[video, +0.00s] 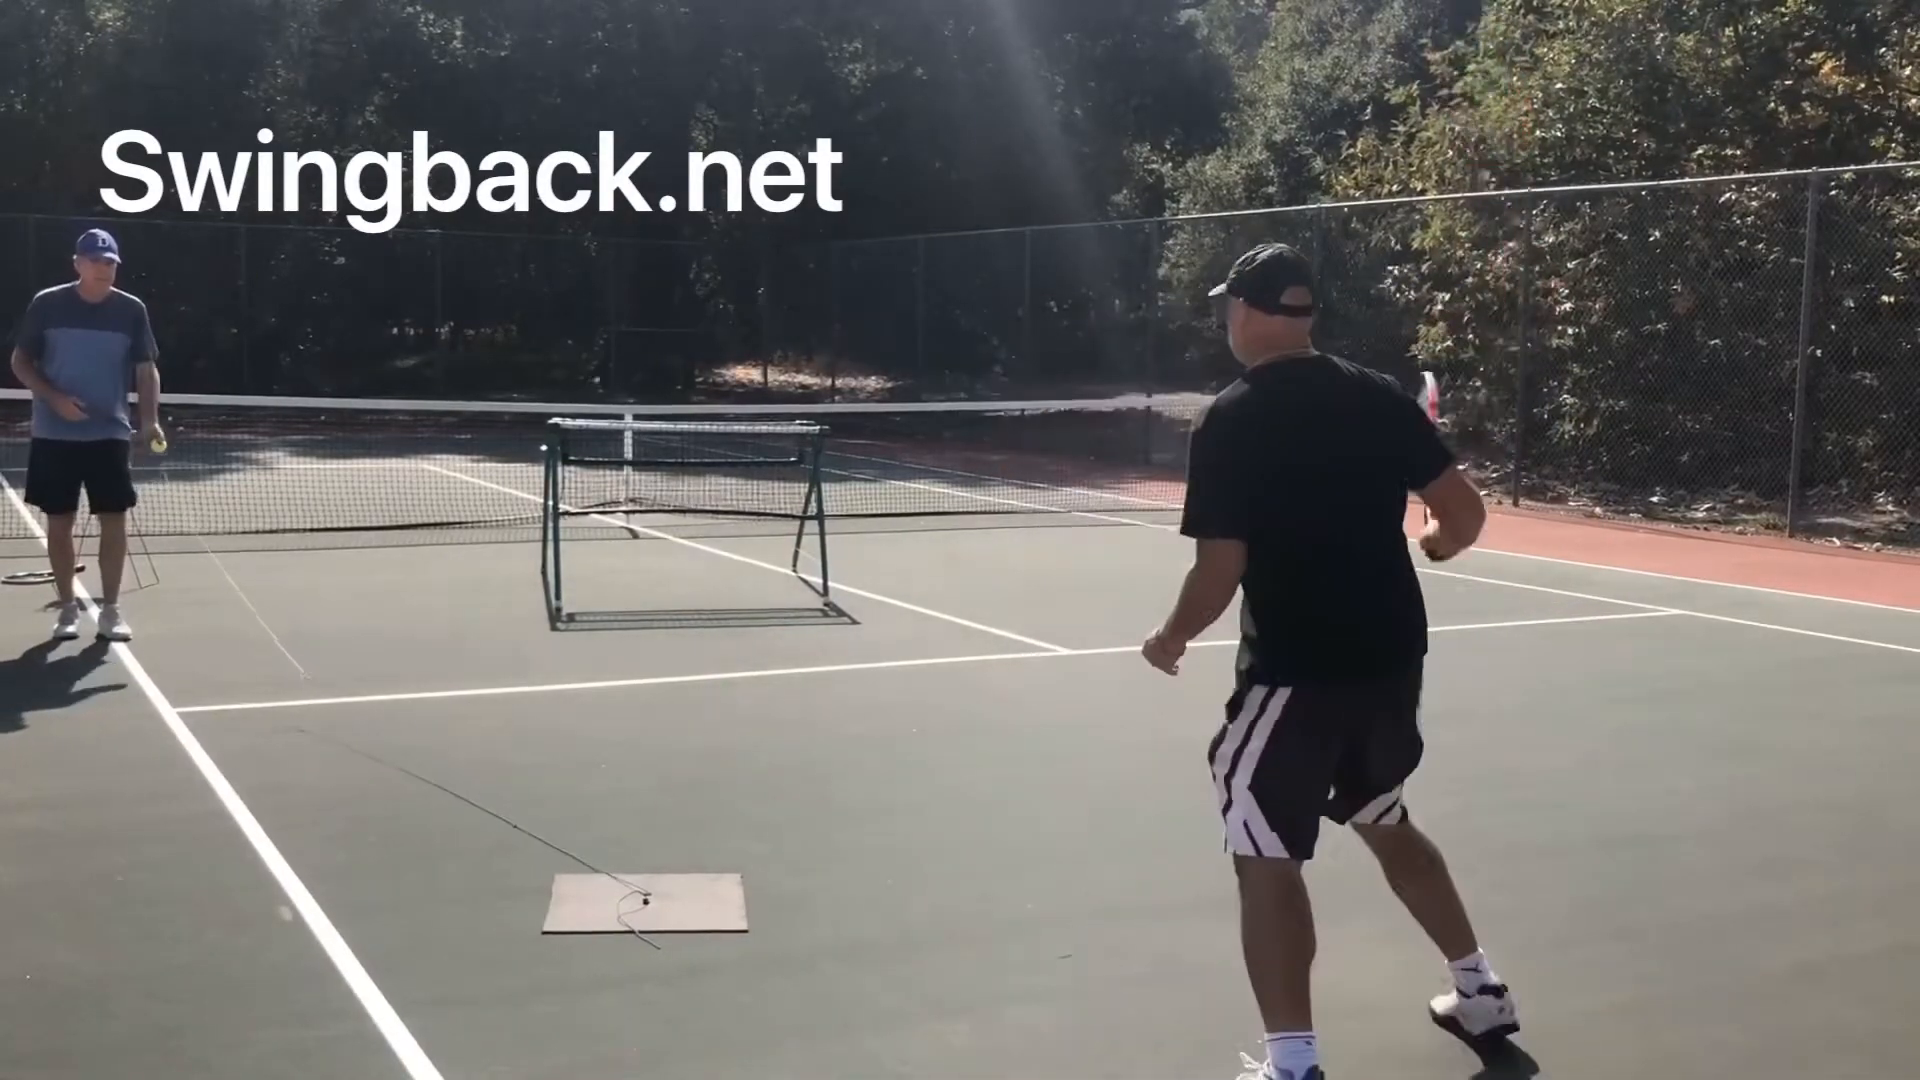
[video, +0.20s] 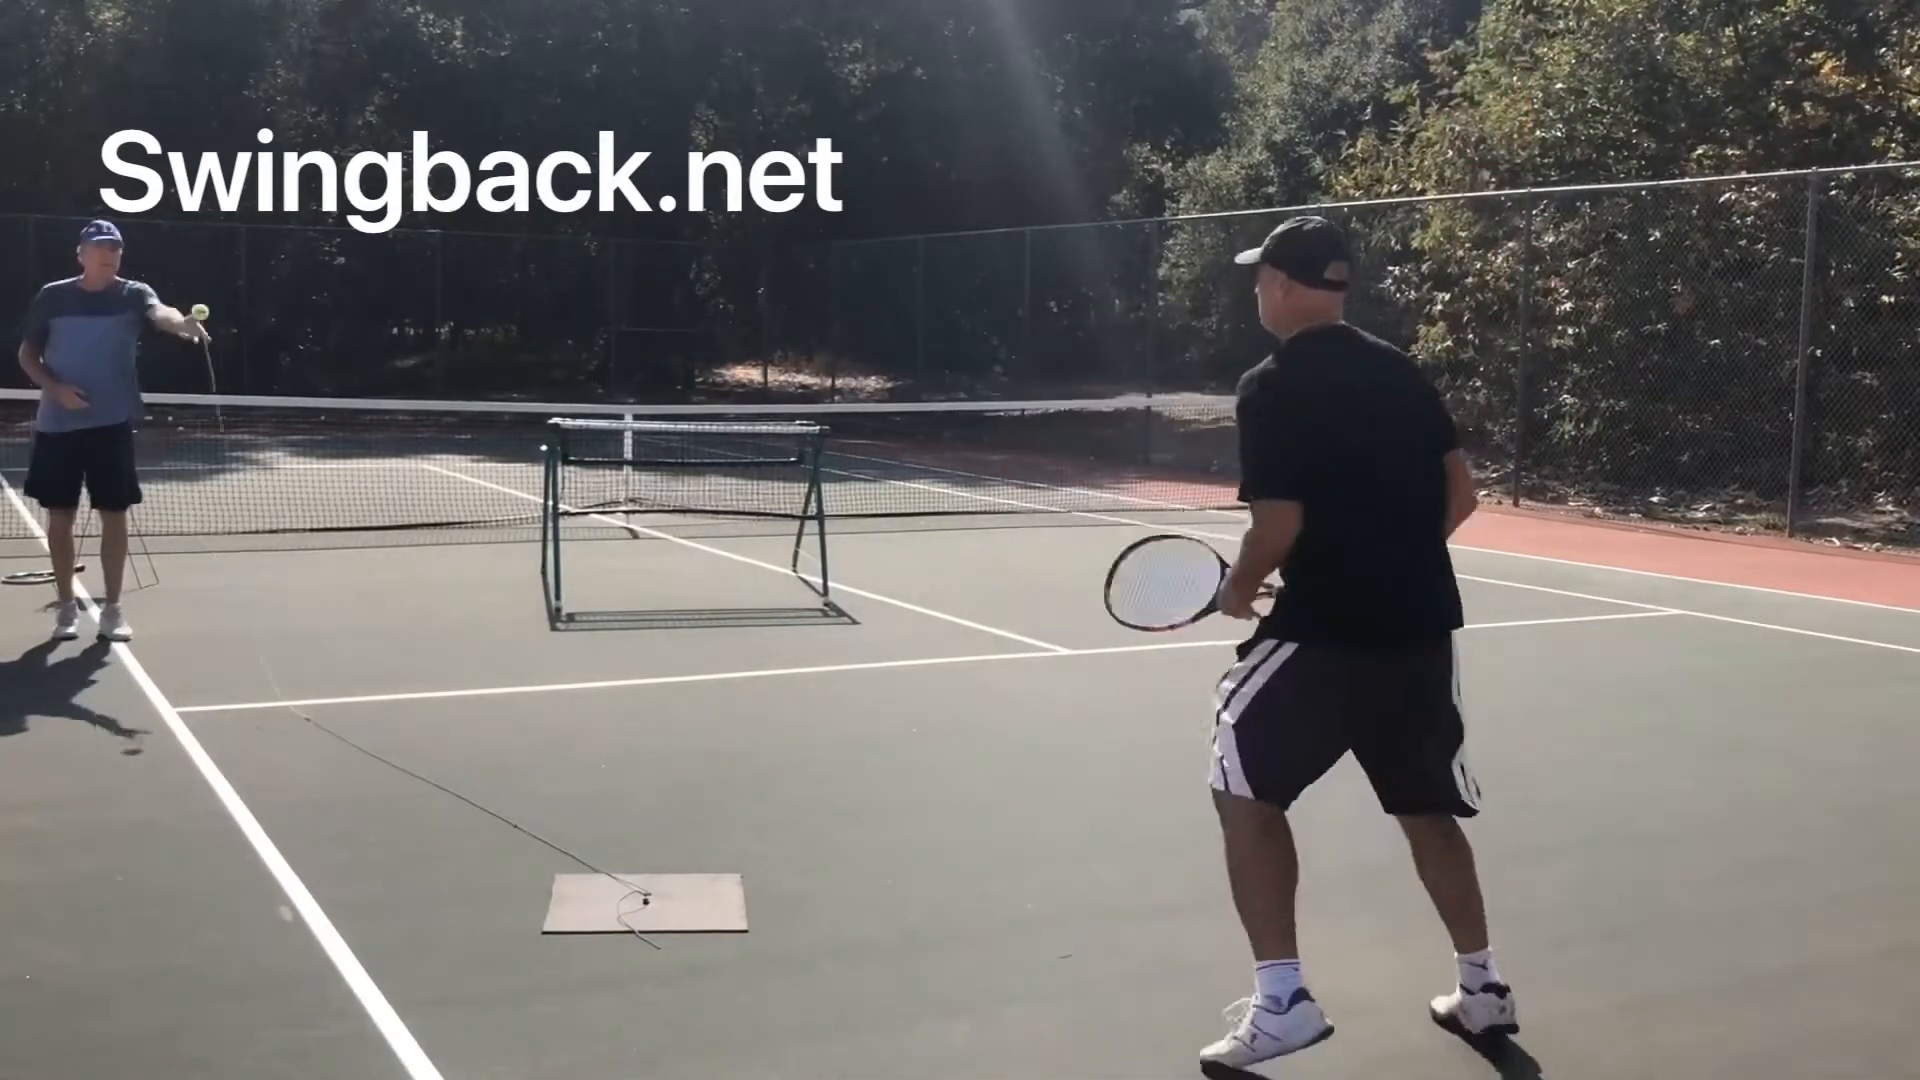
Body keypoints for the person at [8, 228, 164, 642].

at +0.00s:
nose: (103, 271)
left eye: (109, 263)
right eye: (96, 262)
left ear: (118, 267)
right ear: (77, 263)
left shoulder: (132, 310)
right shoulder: (47, 304)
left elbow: (147, 368)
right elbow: (20, 361)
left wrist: (149, 421)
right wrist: (54, 397)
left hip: (109, 437)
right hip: (55, 438)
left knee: (114, 520)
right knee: (59, 522)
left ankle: (110, 609)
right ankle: (67, 607)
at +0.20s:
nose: (111, 254)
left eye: (115, 247)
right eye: (102, 247)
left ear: (121, 254)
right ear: (82, 253)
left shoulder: (137, 294)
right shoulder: (52, 296)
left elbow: (161, 314)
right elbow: (27, 353)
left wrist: (184, 323)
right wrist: (54, 387)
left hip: (113, 428)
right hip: (59, 429)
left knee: (114, 516)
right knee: (60, 515)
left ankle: (112, 609)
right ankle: (67, 605)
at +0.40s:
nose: (109, 251)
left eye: (115, 244)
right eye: (102, 243)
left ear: (124, 252)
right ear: (85, 248)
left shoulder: (135, 289)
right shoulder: (57, 292)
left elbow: (158, 311)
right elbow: (30, 350)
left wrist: (148, 304)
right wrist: (55, 384)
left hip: (112, 423)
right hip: (60, 425)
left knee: (117, 513)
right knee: (58, 513)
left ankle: (114, 607)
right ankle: (61, 604)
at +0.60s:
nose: (108, 256)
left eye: (114, 249)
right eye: (101, 248)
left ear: (122, 256)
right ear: (83, 253)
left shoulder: (134, 297)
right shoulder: (52, 296)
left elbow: (149, 332)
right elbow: (24, 353)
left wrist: (132, 339)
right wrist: (47, 387)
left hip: (112, 430)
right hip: (56, 429)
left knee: (115, 519)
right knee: (48, 516)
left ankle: (112, 610)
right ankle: (34, 608)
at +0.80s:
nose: (93, 264)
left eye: (99, 257)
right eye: (86, 255)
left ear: (105, 260)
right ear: (65, 256)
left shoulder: (119, 304)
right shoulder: (34, 300)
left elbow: (135, 360)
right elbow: (9, 359)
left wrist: (134, 406)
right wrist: (36, 395)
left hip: (102, 434)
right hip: (44, 435)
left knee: (109, 520)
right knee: (32, 521)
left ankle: (112, 609)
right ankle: (10, 612)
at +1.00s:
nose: (67, 264)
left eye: (73, 257)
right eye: (59, 255)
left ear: (80, 260)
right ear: (40, 256)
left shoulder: (94, 303)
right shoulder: (8, 300)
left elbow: (107, 363)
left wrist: (117, 426)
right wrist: (12, 398)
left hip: (80, 436)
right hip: (21, 437)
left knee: (96, 518)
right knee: (17, 523)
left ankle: (108, 608)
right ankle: (9, 615)